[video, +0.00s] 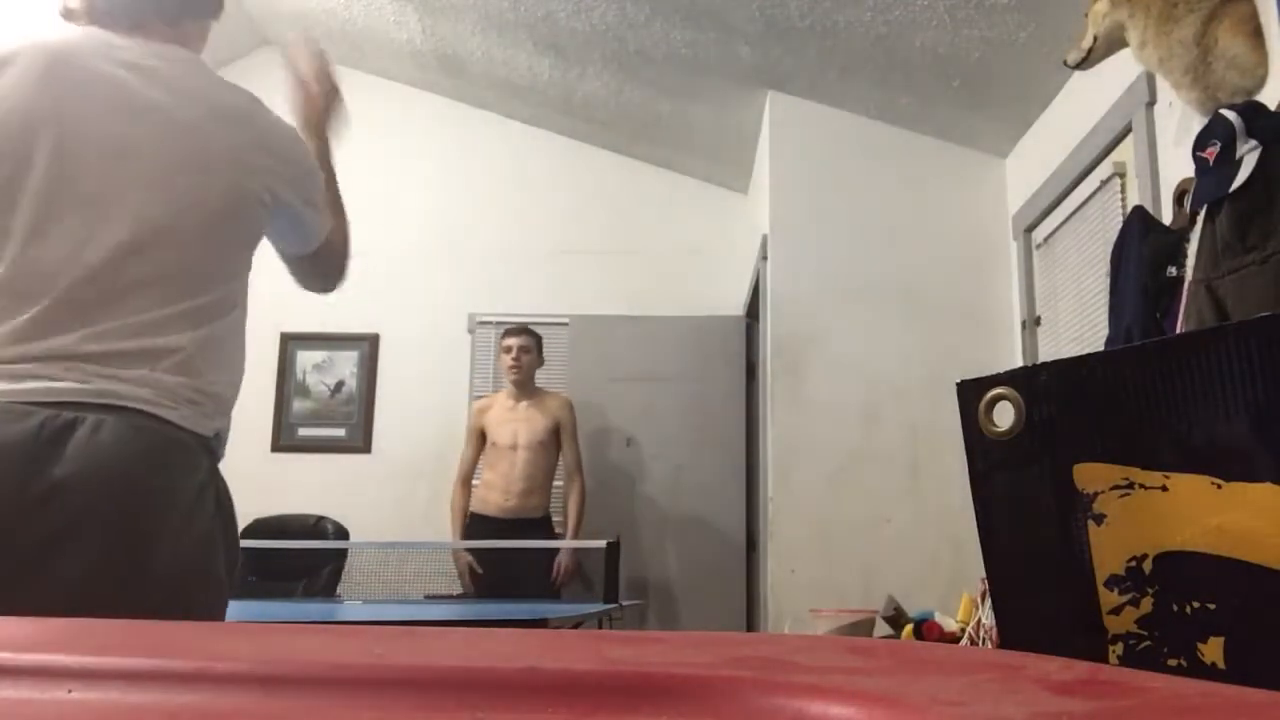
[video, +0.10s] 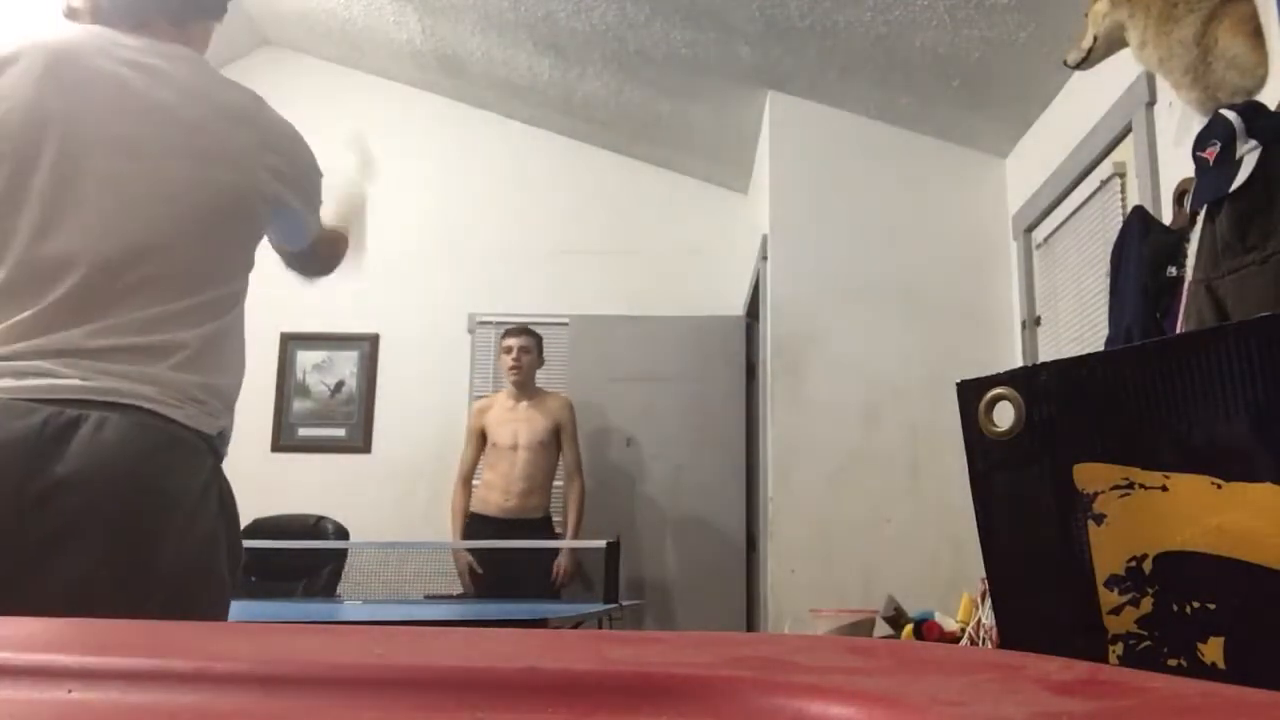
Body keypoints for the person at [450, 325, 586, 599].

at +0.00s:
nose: (514, 357)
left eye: (524, 350)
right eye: (507, 350)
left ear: (539, 360)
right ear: (499, 359)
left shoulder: (558, 407)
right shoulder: (482, 409)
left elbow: (574, 479)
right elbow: (463, 481)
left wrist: (570, 544)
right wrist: (457, 545)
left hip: (534, 529)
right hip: (482, 528)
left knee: (535, 629)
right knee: (484, 627)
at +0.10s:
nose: (514, 357)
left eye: (524, 351)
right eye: (507, 351)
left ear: (539, 360)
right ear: (499, 360)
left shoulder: (558, 407)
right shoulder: (482, 410)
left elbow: (574, 479)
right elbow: (463, 481)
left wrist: (569, 546)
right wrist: (457, 544)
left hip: (535, 530)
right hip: (483, 528)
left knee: (535, 629)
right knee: (483, 627)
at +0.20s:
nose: (514, 358)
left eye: (524, 351)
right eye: (507, 351)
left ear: (540, 361)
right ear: (499, 360)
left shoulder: (559, 407)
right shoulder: (482, 410)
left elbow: (574, 479)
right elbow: (465, 480)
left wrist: (569, 545)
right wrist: (458, 542)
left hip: (536, 531)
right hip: (484, 529)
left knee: (535, 630)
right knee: (484, 628)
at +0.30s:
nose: (513, 365)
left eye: (523, 357)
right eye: (506, 357)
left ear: (540, 362)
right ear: (498, 363)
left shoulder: (559, 408)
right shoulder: (483, 410)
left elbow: (574, 480)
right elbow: (468, 478)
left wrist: (565, 547)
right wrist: (461, 537)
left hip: (537, 532)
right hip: (486, 529)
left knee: (536, 629)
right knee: (484, 628)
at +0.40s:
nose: (512, 372)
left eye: (522, 363)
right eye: (506, 363)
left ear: (539, 363)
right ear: (498, 364)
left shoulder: (560, 408)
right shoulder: (483, 410)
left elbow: (574, 481)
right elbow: (470, 479)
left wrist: (563, 549)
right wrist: (465, 535)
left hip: (539, 531)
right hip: (488, 529)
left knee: (536, 630)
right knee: (485, 628)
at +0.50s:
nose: (511, 375)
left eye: (521, 366)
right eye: (505, 366)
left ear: (538, 364)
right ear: (497, 365)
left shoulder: (560, 409)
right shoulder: (483, 411)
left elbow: (573, 483)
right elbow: (472, 482)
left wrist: (561, 550)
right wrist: (466, 545)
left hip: (541, 531)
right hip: (490, 529)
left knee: (536, 629)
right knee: (486, 626)